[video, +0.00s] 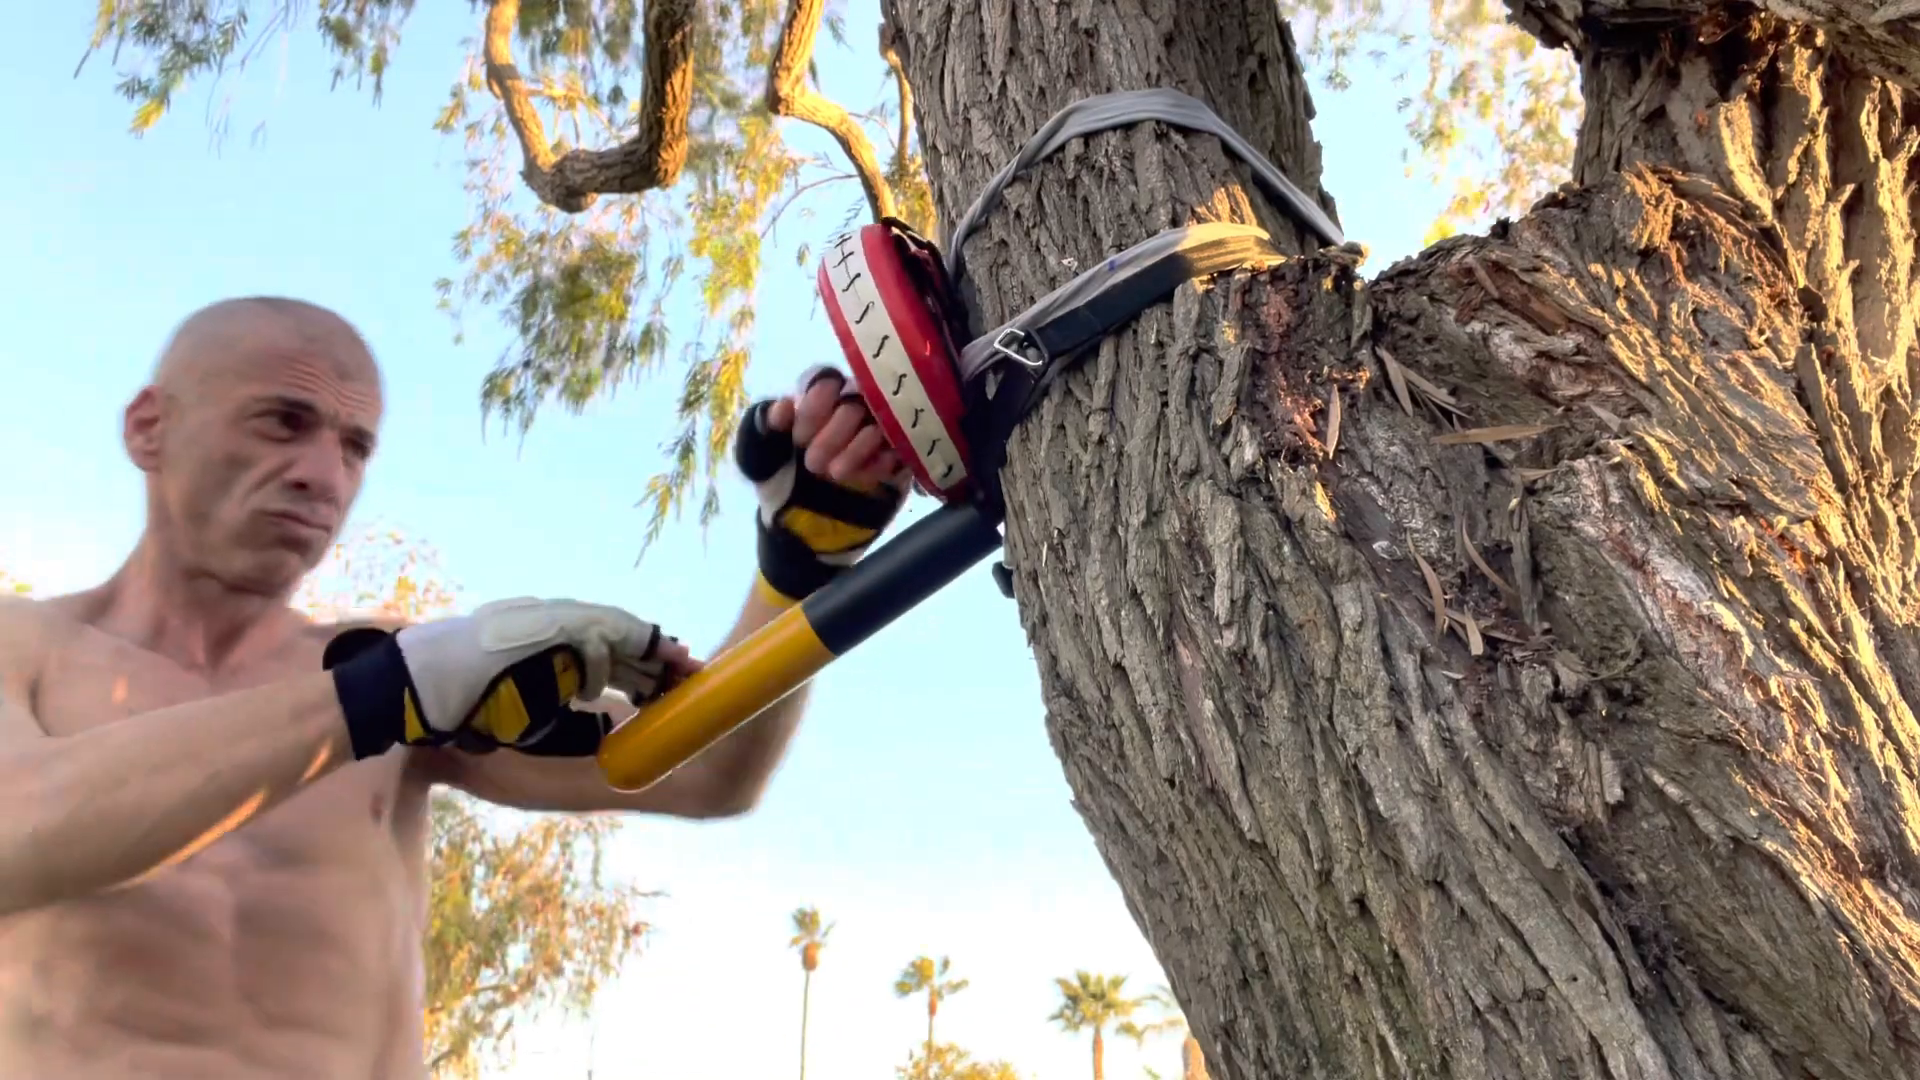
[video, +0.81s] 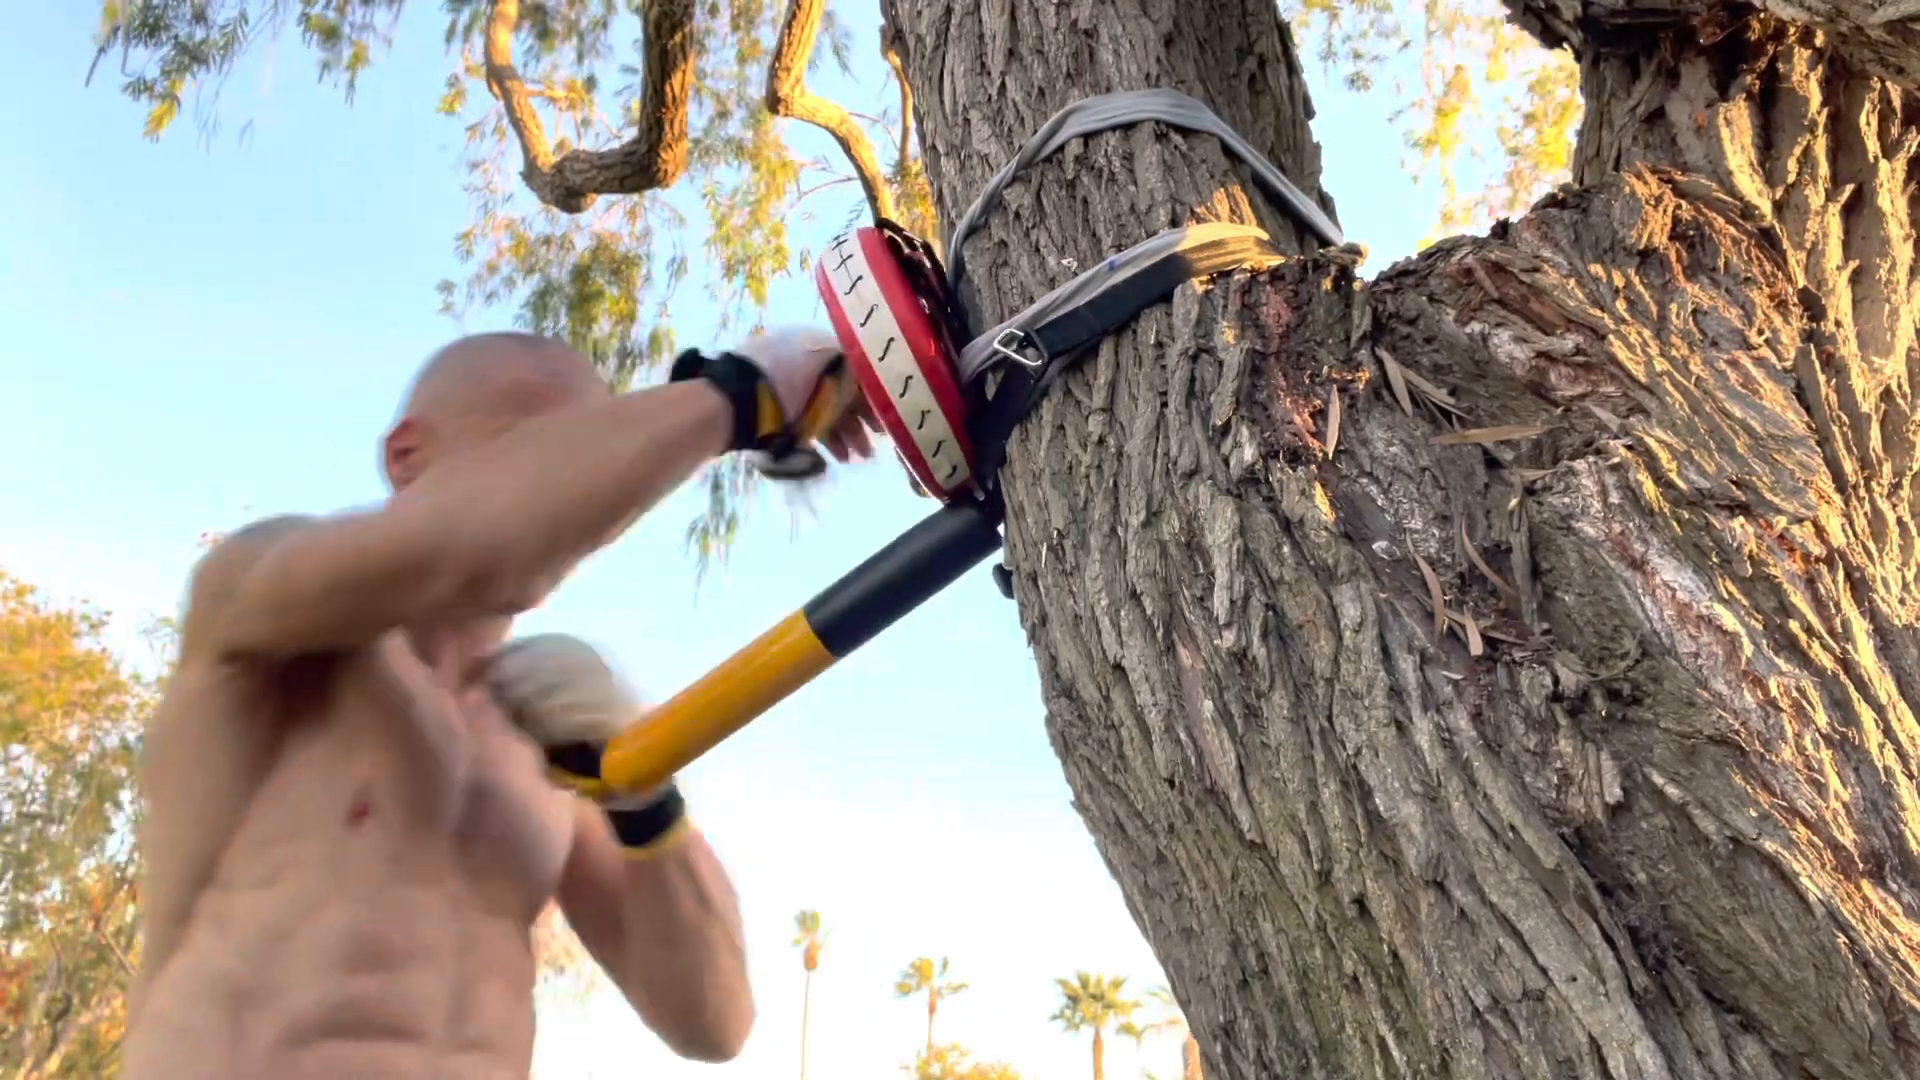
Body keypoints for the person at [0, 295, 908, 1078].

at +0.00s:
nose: (326, 477)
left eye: (354, 450)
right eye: (283, 422)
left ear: (365, 481)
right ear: (148, 429)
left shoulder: (381, 680)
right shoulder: (25, 646)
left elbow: (711, 775)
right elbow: (20, 845)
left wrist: (806, 553)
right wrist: (379, 686)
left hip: (356, 1058)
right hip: (79, 1060)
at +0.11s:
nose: (415, 495)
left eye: (441, 469)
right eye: (377, 442)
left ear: (451, 498)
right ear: (242, 445)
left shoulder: (458, 720)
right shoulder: (70, 652)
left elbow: (760, 830)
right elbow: (21, 873)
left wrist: (812, 598)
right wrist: (397, 693)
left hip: (421, 1060)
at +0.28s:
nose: (652, 495)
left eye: (670, 471)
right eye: (615, 443)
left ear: (685, 495)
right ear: (490, 448)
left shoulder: (608, 732)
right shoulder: (357, 552)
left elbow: (797, 990)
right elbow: (292, 609)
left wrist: (808, 772)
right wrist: (635, 564)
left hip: (569, 1057)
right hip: (339, 1052)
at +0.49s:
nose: (777, 472)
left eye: (788, 450)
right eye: (732, 430)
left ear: (796, 488)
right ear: (637, 433)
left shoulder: (728, 754)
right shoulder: (520, 543)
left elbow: (813, 1024)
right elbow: (812, 373)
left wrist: (818, 778)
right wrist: (889, 562)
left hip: (642, 1058)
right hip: (419, 1051)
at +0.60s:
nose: (724, 487)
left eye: (738, 463)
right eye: (689, 440)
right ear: (571, 446)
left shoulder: (697, 746)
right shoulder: (454, 574)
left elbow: (838, 993)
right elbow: (718, 406)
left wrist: (836, 743)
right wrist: (856, 536)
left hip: (616, 1058)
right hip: (382, 1051)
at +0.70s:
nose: (663, 495)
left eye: (688, 462)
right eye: (630, 448)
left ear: (710, 511)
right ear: (521, 447)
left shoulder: (645, 733)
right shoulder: (385, 597)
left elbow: (803, 982)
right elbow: (640, 436)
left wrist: (804, 723)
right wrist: (841, 496)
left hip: (575, 1059)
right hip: (349, 1049)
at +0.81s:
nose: (559, 496)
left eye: (583, 468)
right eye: (531, 452)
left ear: (607, 504)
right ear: (408, 460)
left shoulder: (545, 753)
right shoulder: (254, 597)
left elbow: (710, 1026)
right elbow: (466, 545)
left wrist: (640, 793)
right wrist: (742, 393)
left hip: (484, 1057)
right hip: (258, 1048)